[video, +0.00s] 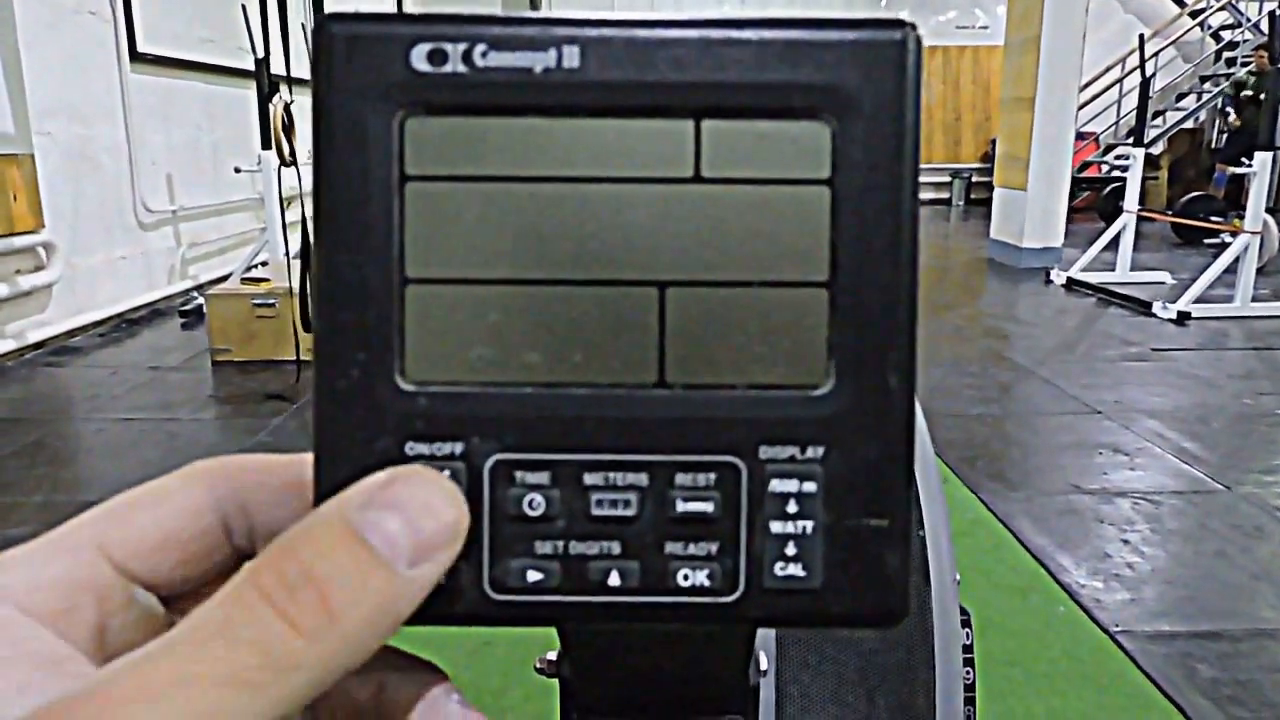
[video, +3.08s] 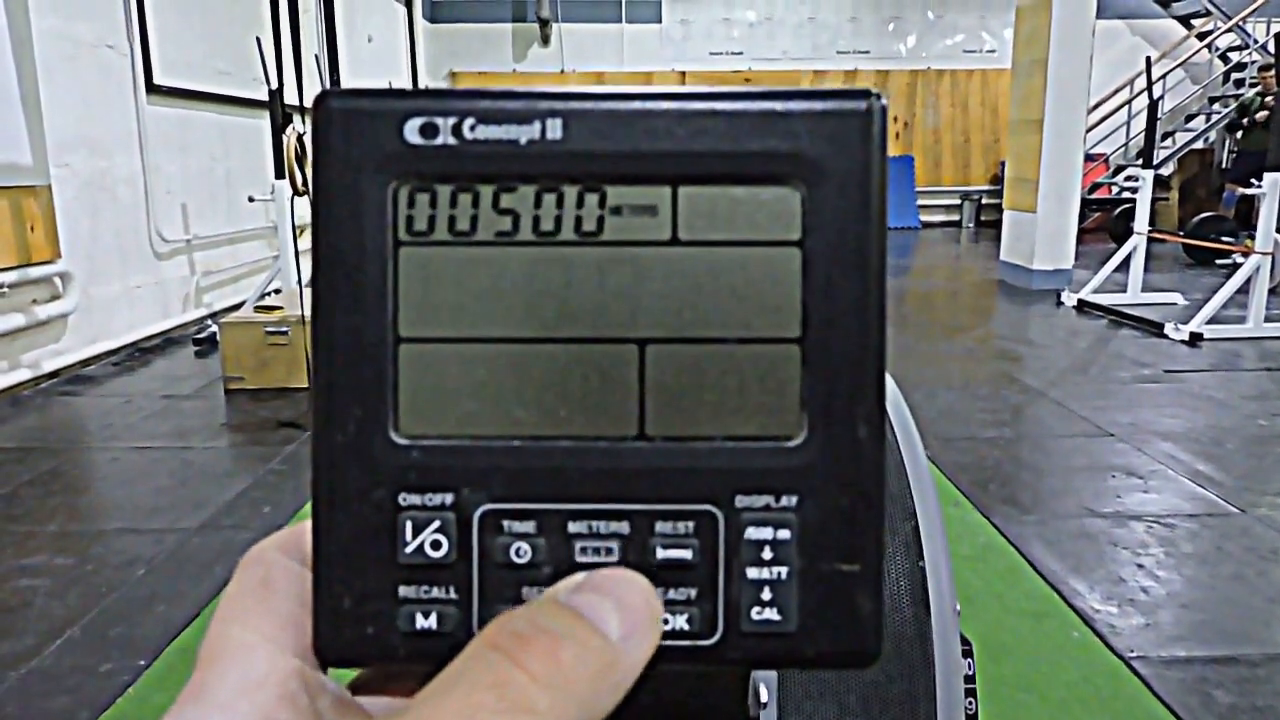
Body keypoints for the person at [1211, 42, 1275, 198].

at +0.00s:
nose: (1260, 60)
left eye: (1263, 57)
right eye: (1257, 57)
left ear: (1270, 59)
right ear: (1253, 58)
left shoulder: (1273, 80)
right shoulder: (1243, 78)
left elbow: (1273, 103)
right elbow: (1227, 97)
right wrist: (1230, 115)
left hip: (1263, 131)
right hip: (1241, 129)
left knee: (1258, 169)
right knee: (1223, 164)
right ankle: (1214, 204)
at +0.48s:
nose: (1263, 68)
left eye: (1268, 65)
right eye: (1262, 64)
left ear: (1275, 68)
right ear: (1259, 64)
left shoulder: (1274, 84)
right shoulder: (1252, 81)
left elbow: (1274, 112)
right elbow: (1229, 94)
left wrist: (1255, 113)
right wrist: (1245, 94)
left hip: (1263, 135)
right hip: (1243, 134)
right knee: (1227, 171)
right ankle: (1216, 211)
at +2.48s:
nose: (1269, 81)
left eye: (1272, 76)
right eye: (1265, 77)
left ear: (1278, 77)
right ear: (1260, 78)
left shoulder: (1277, 99)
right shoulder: (1253, 97)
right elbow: (1228, 116)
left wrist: (1273, 108)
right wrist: (1253, 114)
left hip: (1271, 154)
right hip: (1249, 152)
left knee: (1269, 193)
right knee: (1232, 186)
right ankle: (1221, 228)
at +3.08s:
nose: (1267, 81)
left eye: (1270, 77)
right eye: (1263, 78)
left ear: (1276, 78)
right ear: (1258, 80)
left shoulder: (1276, 99)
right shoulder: (1248, 100)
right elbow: (1230, 127)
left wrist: (1274, 107)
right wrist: (1252, 120)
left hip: (1271, 155)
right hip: (1248, 155)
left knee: (1271, 195)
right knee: (1231, 191)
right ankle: (1219, 232)